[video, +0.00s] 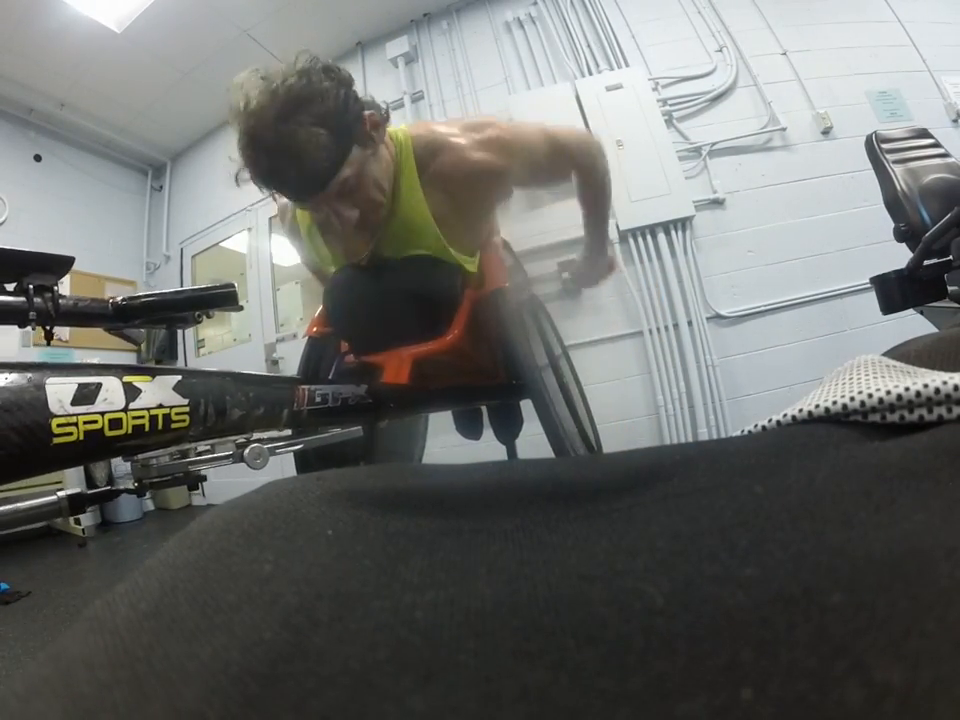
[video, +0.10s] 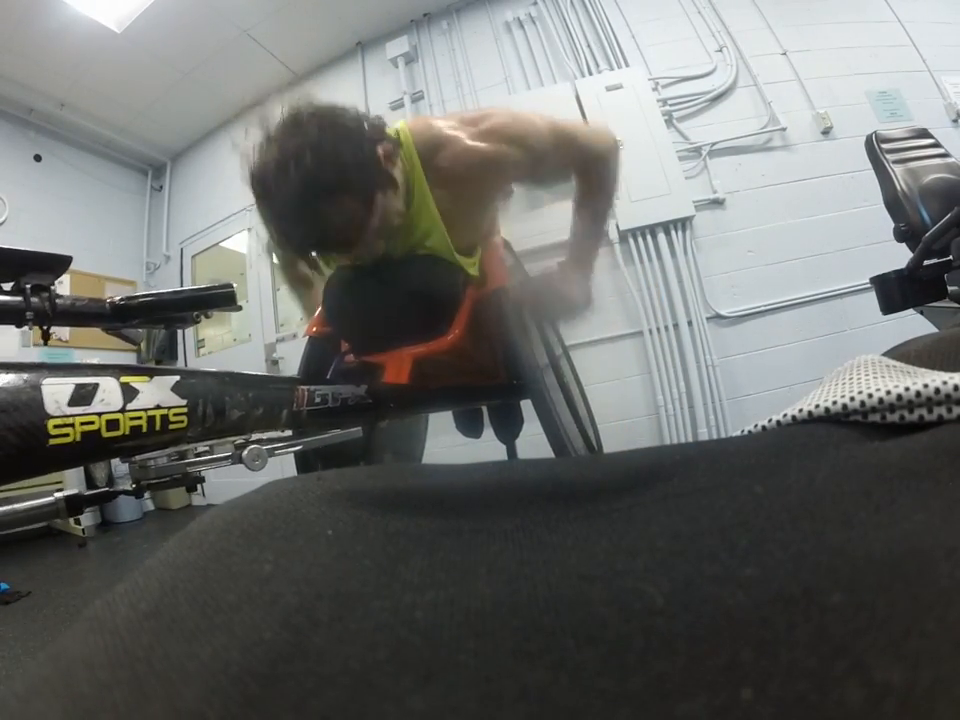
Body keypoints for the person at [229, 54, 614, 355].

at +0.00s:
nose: (342, 220)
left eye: (347, 190)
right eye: (316, 208)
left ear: (374, 131)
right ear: (291, 201)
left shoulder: (461, 161)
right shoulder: (297, 220)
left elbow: (586, 154)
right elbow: (330, 281)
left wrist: (597, 254)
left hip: (467, 287)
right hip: (375, 302)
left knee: (352, 300)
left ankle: (486, 381)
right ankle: (462, 389)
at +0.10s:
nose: (369, 252)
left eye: (371, 228)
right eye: (345, 249)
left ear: (387, 161)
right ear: (302, 240)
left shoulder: (464, 156)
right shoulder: (296, 209)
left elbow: (597, 150)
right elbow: (290, 260)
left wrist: (575, 272)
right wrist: (324, 321)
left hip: (465, 275)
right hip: (365, 297)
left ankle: (485, 391)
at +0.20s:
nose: (371, 277)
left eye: (374, 251)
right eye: (347, 279)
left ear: (385, 186)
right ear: (292, 257)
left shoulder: (469, 175)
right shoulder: (304, 240)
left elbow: (586, 264)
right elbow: (319, 336)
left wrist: (594, 402)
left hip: (483, 298)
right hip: (388, 335)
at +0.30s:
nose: (355, 256)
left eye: (356, 229)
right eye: (327, 250)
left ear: (367, 162)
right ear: (289, 249)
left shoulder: (458, 177)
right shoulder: (292, 250)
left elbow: (567, 269)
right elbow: (336, 330)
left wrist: (601, 356)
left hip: (494, 296)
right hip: (398, 319)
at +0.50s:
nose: (348, 241)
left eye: (356, 210)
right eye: (322, 227)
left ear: (376, 145)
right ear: (292, 220)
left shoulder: (464, 159)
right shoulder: (303, 218)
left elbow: (583, 137)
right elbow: (338, 293)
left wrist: (589, 244)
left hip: (471, 286)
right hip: (381, 304)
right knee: (349, 298)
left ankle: (489, 381)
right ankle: (454, 387)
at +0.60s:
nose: (375, 265)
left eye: (376, 238)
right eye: (351, 264)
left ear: (387, 173)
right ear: (307, 250)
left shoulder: (464, 163)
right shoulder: (307, 234)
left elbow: (604, 176)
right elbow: (284, 275)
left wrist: (579, 299)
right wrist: (321, 334)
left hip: (471, 306)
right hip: (376, 330)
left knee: (415, 287)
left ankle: (483, 385)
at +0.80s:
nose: (337, 223)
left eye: (340, 192)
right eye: (311, 214)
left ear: (360, 133)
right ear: (284, 207)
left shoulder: (458, 171)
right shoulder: (296, 233)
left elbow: (567, 250)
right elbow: (329, 324)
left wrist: (601, 337)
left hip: (484, 321)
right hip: (388, 349)